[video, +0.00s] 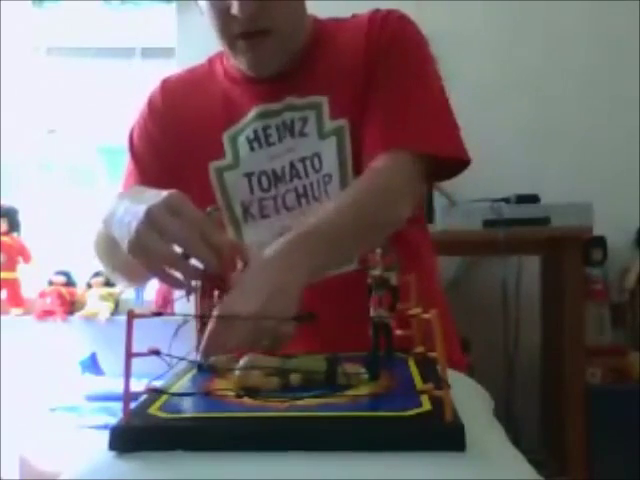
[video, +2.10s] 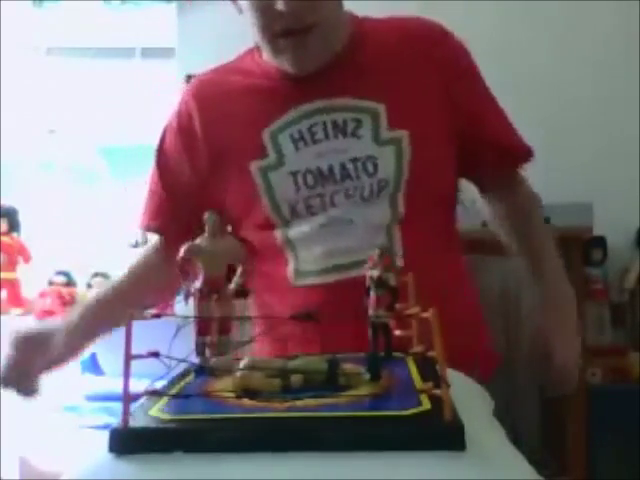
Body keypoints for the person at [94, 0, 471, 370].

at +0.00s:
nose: (239, 11)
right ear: (203, 7)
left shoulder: (381, 42)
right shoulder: (172, 106)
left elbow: (399, 182)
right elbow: (127, 269)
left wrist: (285, 265)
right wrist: (124, 214)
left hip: (399, 380)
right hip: (243, 398)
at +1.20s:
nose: (237, 17)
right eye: (217, 1)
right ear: (200, 7)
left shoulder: (382, 45)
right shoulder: (176, 106)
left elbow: (411, 193)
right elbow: (134, 261)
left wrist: (303, 206)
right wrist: (122, 217)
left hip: (403, 366)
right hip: (257, 377)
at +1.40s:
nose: (234, 16)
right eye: (213, 2)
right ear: (197, 8)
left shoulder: (381, 47)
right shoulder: (172, 109)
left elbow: (460, 201)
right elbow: (128, 268)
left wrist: (370, 152)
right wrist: (125, 225)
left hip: (403, 365)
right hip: (255, 378)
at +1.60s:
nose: (237, 14)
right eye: (214, 1)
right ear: (190, 9)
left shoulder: (383, 49)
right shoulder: (169, 110)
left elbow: (497, 184)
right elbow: (136, 282)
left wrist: (443, 145)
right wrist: (108, 243)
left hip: (410, 368)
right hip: (256, 384)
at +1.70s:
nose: (240, 14)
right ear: (192, 7)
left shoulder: (386, 49)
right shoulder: (170, 113)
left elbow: (491, 153)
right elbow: (144, 289)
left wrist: (462, 182)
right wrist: (103, 251)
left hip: (411, 367)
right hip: (254, 384)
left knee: (503, 473)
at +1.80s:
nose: (249, 12)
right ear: (201, 8)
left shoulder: (393, 50)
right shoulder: (179, 114)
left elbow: (484, 159)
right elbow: (149, 282)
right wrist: (90, 260)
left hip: (417, 370)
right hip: (268, 391)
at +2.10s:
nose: (276, 14)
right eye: (258, 2)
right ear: (239, 6)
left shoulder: (425, 52)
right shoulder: (207, 105)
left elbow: (502, 182)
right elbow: (169, 252)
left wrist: (555, 298)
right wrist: (67, 336)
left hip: (440, 384)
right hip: (289, 398)